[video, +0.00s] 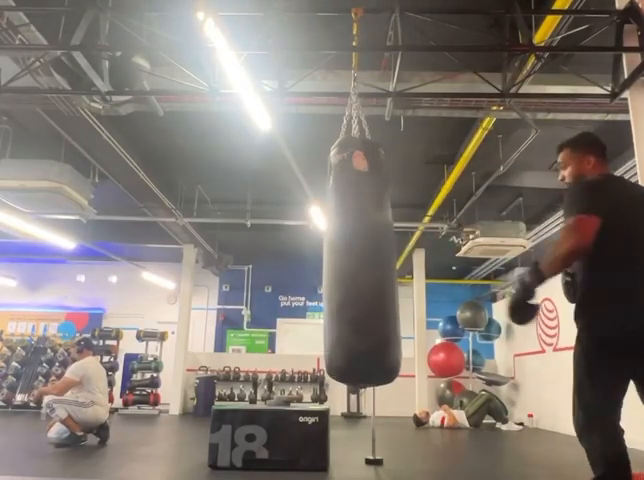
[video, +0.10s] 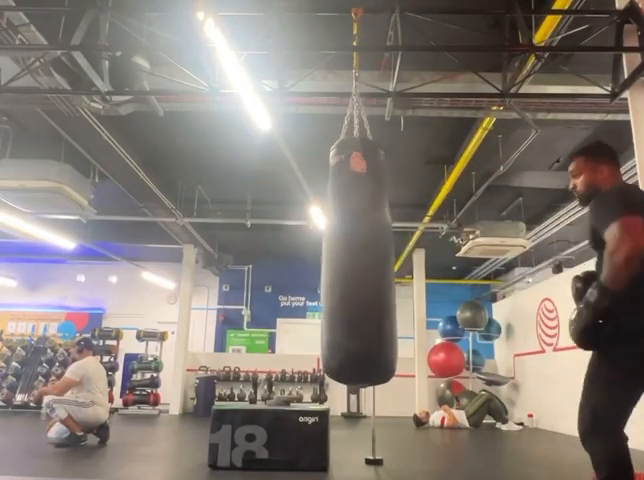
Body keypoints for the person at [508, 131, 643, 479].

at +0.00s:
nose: (561, 176)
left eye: (564, 167)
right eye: (559, 169)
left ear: (590, 161)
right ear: (597, 164)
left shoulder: (588, 189)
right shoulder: (636, 193)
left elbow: (577, 239)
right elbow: (632, 255)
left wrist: (532, 277)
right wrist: (585, 279)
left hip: (607, 324)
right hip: (640, 320)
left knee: (595, 423)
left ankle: (615, 475)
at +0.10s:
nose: (572, 185)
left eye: (576, 175)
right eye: (571, 178)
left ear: (604, 169)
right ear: (608, 172)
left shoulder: (612, 197)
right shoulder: (629, 197)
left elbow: (626, 247)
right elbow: (630, 255)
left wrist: (591, 308)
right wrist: (596, 281)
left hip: (630, 331)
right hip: (631, 329)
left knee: (598, 427)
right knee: (602, 426)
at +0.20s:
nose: (580, 190)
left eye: (584, 179)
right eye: (579, 182)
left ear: (610, 172)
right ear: (611, 175)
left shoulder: (630, 200)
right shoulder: (624, 205)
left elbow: (642, 245)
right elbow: (634, 257)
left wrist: (617, 286)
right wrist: (611, 276)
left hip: (641, 326)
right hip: (638, 324)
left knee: (602, 415)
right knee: (602, 413)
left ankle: (614, 473)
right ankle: (613, 472)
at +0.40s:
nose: (584, 177)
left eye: (586, 165)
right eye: (581, 169)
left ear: (613, 154)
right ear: (614, 157)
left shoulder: (632, 196)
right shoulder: (629, 194)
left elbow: (634, 262)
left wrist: (614, 266)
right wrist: (612, 259)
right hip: (641, 303)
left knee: (632, 385)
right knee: (631, 384)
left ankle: (631, 466)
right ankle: (629, 463)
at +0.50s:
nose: (589, 193)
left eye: (591, 180)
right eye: (586, 185)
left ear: (618, 168)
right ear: (618, 171)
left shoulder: (640, 208)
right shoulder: (634, 217)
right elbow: (634, 266)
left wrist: (628, 266)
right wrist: (614, 281)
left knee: (636, 407)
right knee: (636, 407)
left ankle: (635, 469)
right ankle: (633, 468)